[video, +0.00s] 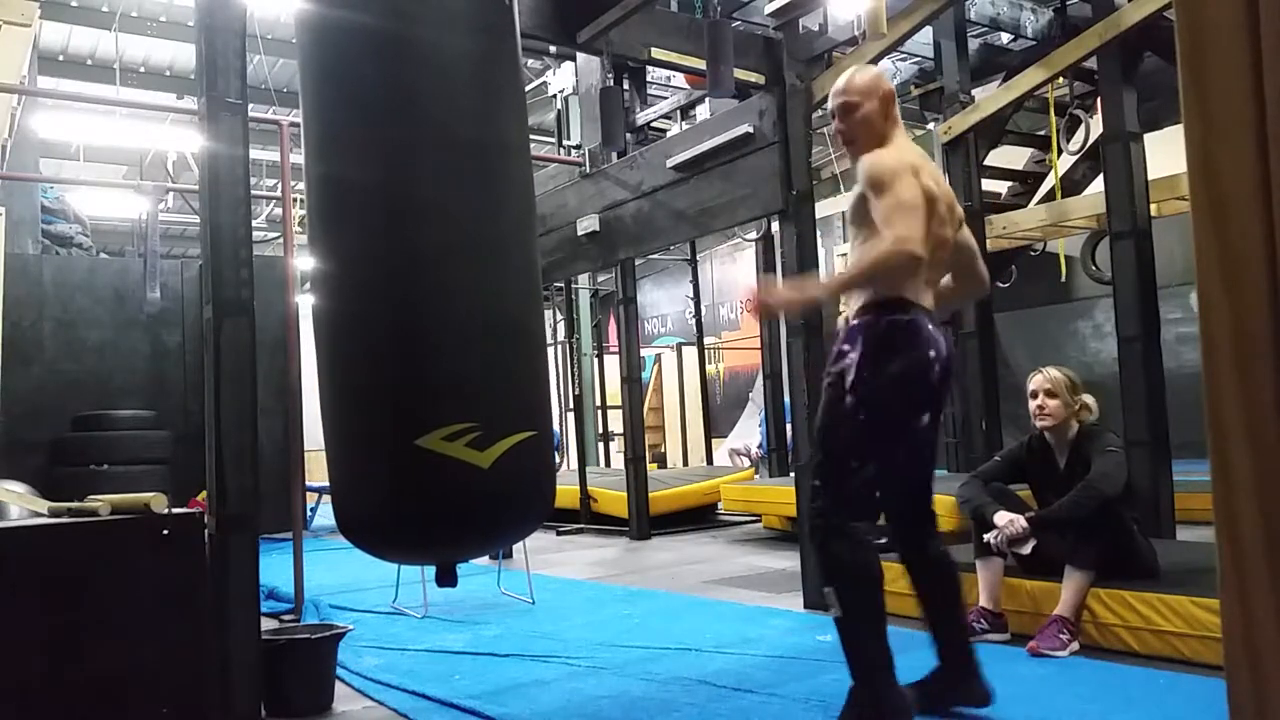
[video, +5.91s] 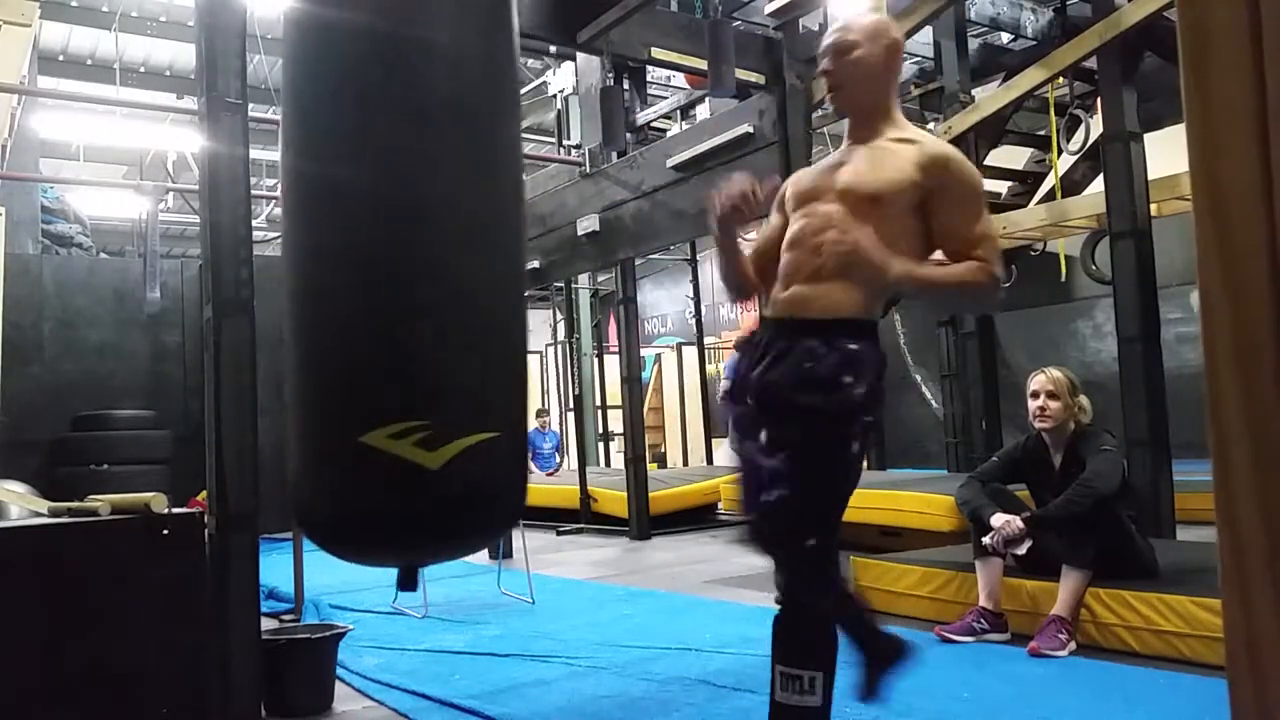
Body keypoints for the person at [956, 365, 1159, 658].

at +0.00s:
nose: (1039, 403)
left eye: (1050, 395)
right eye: (1033, 396)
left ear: (1074, 403)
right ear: (1027, 405)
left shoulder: (1101, 441)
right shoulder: (1029, 449)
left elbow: (1105, 485)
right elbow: (968, 487)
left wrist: (1029, 522)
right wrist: (995, 514)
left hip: (1119, 559)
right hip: (1058, 556)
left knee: (1095, 506)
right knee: (991, 496)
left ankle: (1063, 621)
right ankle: (989, 612)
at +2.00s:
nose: (1040, 404)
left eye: (1051, 396)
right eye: (1033, 397)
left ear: (1071, 405)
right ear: (1026, 406)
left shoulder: (1097, 441)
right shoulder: (1026, 449)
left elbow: (1100, 485)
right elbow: (967, 488)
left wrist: (1027, 522)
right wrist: (993, 517)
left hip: (1118, 560)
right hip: (1058, 557)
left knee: (1092, 505)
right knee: (989, 495)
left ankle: (1061, 621)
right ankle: (989, 612)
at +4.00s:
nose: (1041, 404)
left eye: (1052, 396)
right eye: (1034, 396)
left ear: (1072, 406)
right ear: (1026, 405)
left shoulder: (1098, 443)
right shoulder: (1026, 449)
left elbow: (1100, 485)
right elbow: (968, 488)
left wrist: (1026, 522)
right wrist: (992, 516)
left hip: (1118, 559)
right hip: (1059, 556)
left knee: (1088, 505)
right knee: (988, 495)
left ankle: (1061, 621)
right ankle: (989, 612)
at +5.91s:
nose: (1041, 404)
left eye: (1052, 396)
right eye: (1035, 396)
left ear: (1072, 406)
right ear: (1027, 405)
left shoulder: (1097, 442)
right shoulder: (1027, 449)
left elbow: (1100, 485)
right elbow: (968, 488)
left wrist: (1028, 522)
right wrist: (993, 516)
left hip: (1118, 559)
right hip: (1058, 556)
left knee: (1089, 504)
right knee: (989, 496)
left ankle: (1061, 621)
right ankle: (989, 612)